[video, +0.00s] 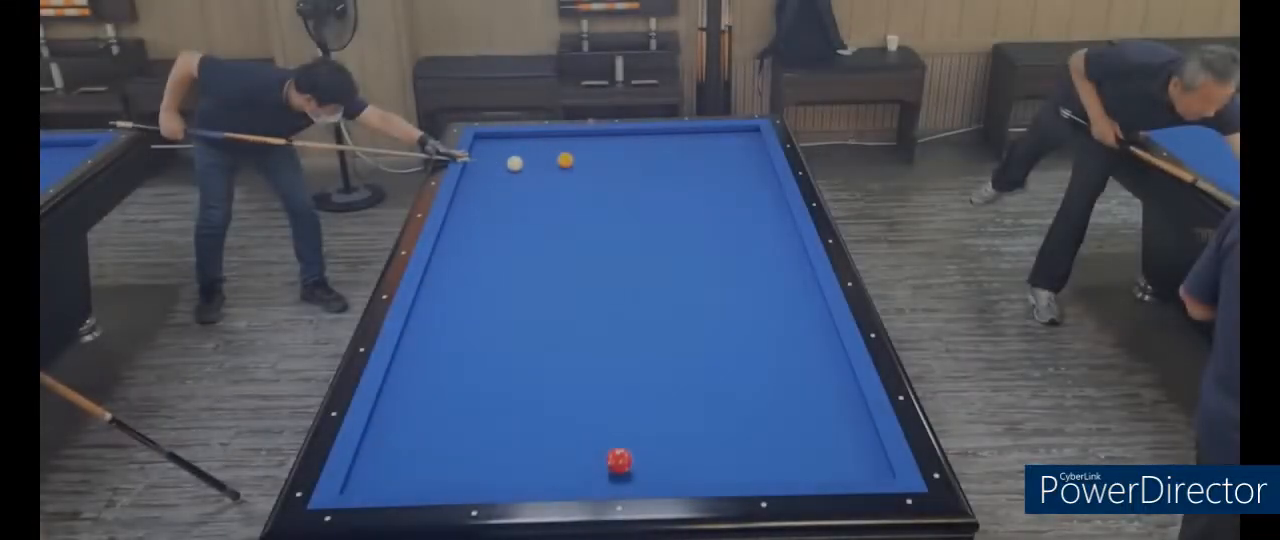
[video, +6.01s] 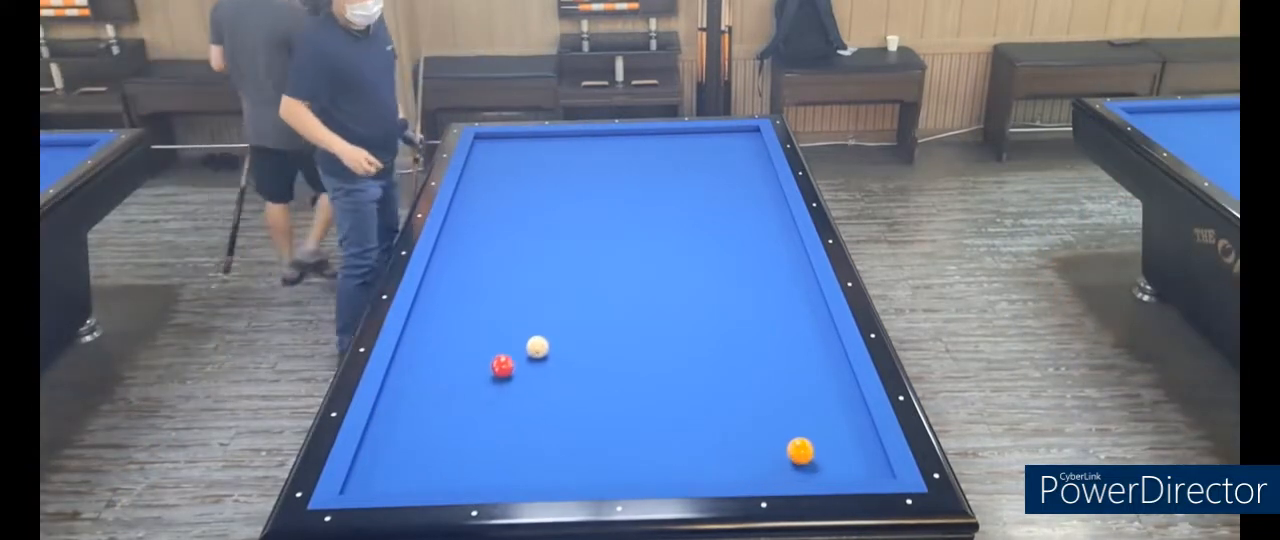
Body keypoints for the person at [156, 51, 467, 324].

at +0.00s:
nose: (330, 119)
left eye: (334, 114)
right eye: (326, 113)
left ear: (330, 100)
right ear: (305, 98)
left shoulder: (329, 93)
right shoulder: (246, 80)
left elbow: (379, 119)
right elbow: (186, 62)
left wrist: (427, 142)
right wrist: (168, 111)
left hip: (270, 141)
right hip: (217, 139)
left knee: (302, 206)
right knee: (214, 217)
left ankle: (314, 284)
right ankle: (209, 292)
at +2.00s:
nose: (226, 2)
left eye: (230, 1)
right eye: (218, 2)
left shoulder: (255, 9)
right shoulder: (172, 23)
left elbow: (278, 57)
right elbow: (148, 81)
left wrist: (300, 106)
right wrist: (173, 137)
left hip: (262, 139)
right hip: (210, 146)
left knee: (292, 209)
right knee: (209, 222)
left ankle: (313, 283)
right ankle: (210, 292)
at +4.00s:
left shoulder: (310, 5)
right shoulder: (267, 12)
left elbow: (322, 42)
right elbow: (271, 80)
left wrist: (355, 50)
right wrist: (329, 113)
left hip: (327, 128)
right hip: (305, 133)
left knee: (320, 208)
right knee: (340, 210)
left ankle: (312, 280)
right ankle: (362, 288)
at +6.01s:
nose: (367, 4)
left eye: (372, 0)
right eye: (357, 1)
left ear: (378, 2)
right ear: (336, 2)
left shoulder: (376, 25)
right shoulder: (317, 38)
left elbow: (383, 85)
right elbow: (291, 108)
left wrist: (401, 123)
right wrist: (344, 150)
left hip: (383, 166)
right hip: (348, 173)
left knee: (386, 251)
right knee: (360, 261)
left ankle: (383, 336)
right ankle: (351, 347)